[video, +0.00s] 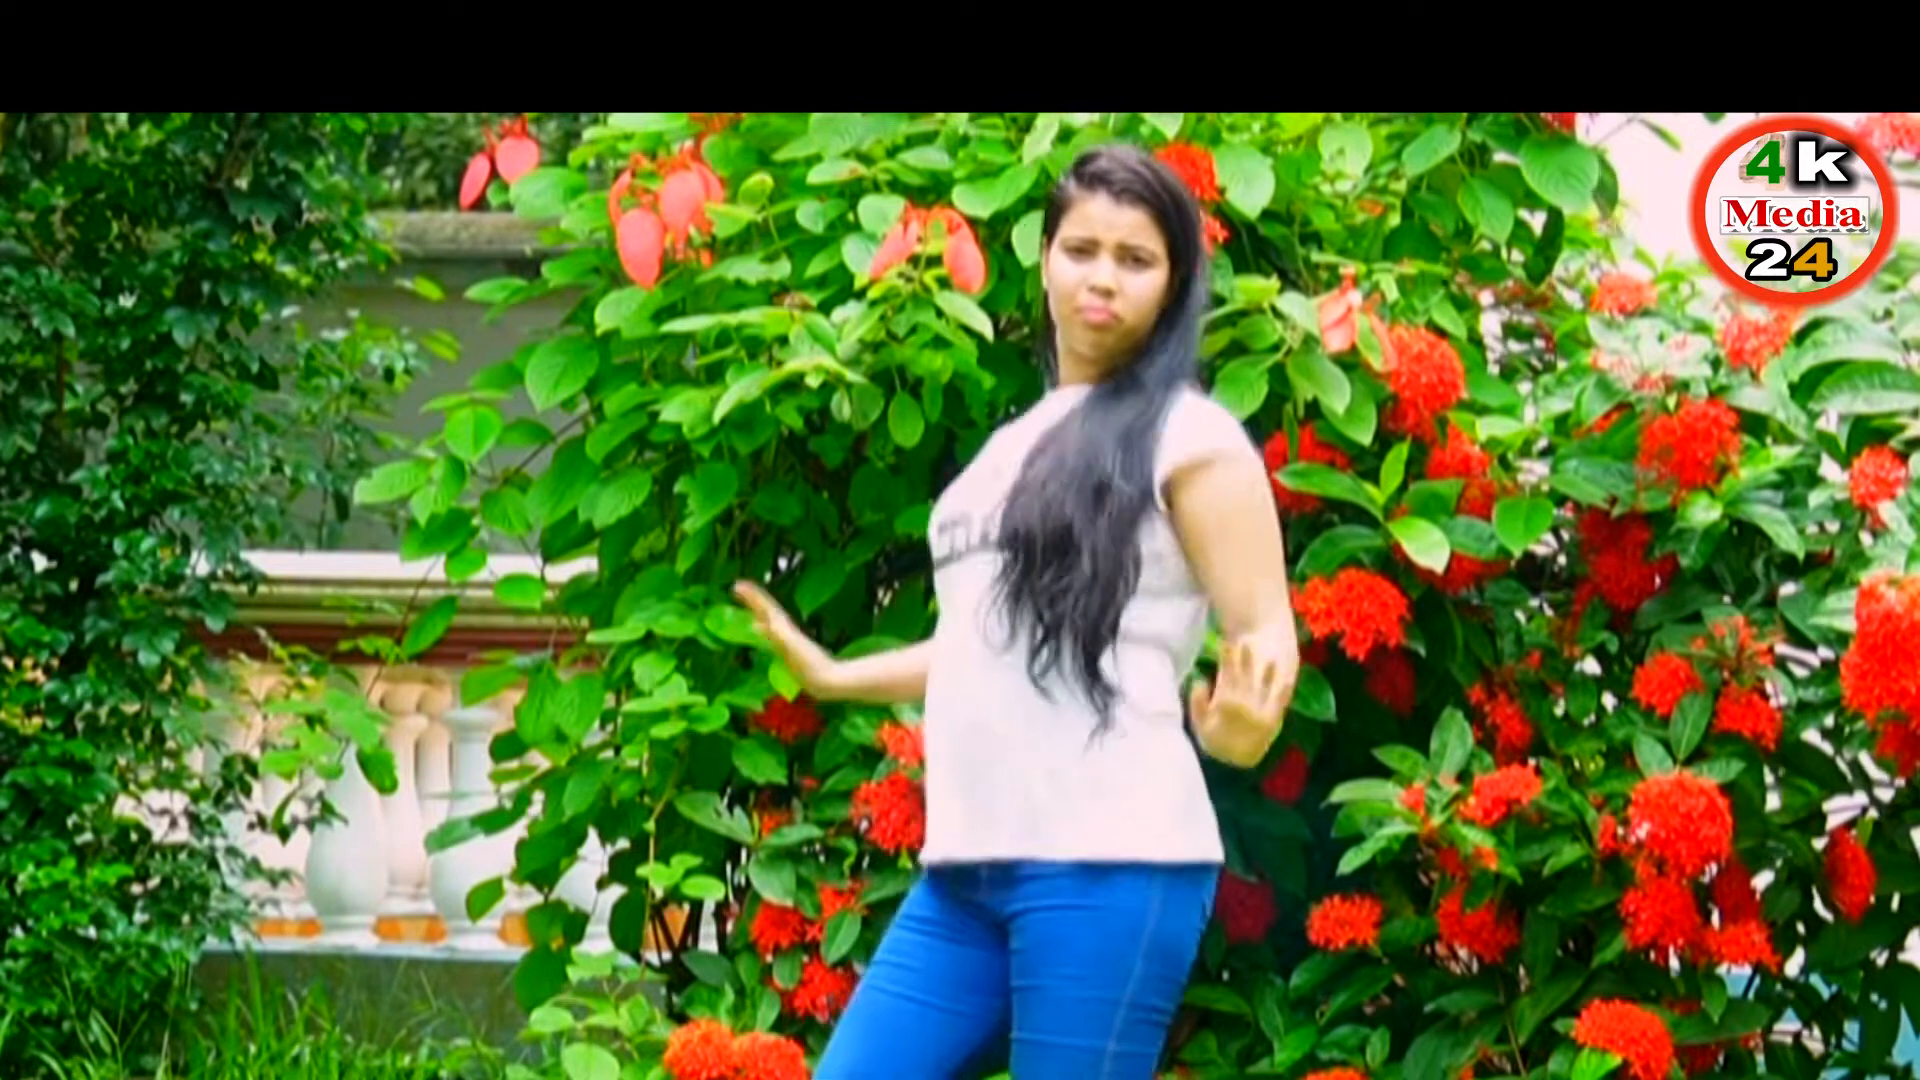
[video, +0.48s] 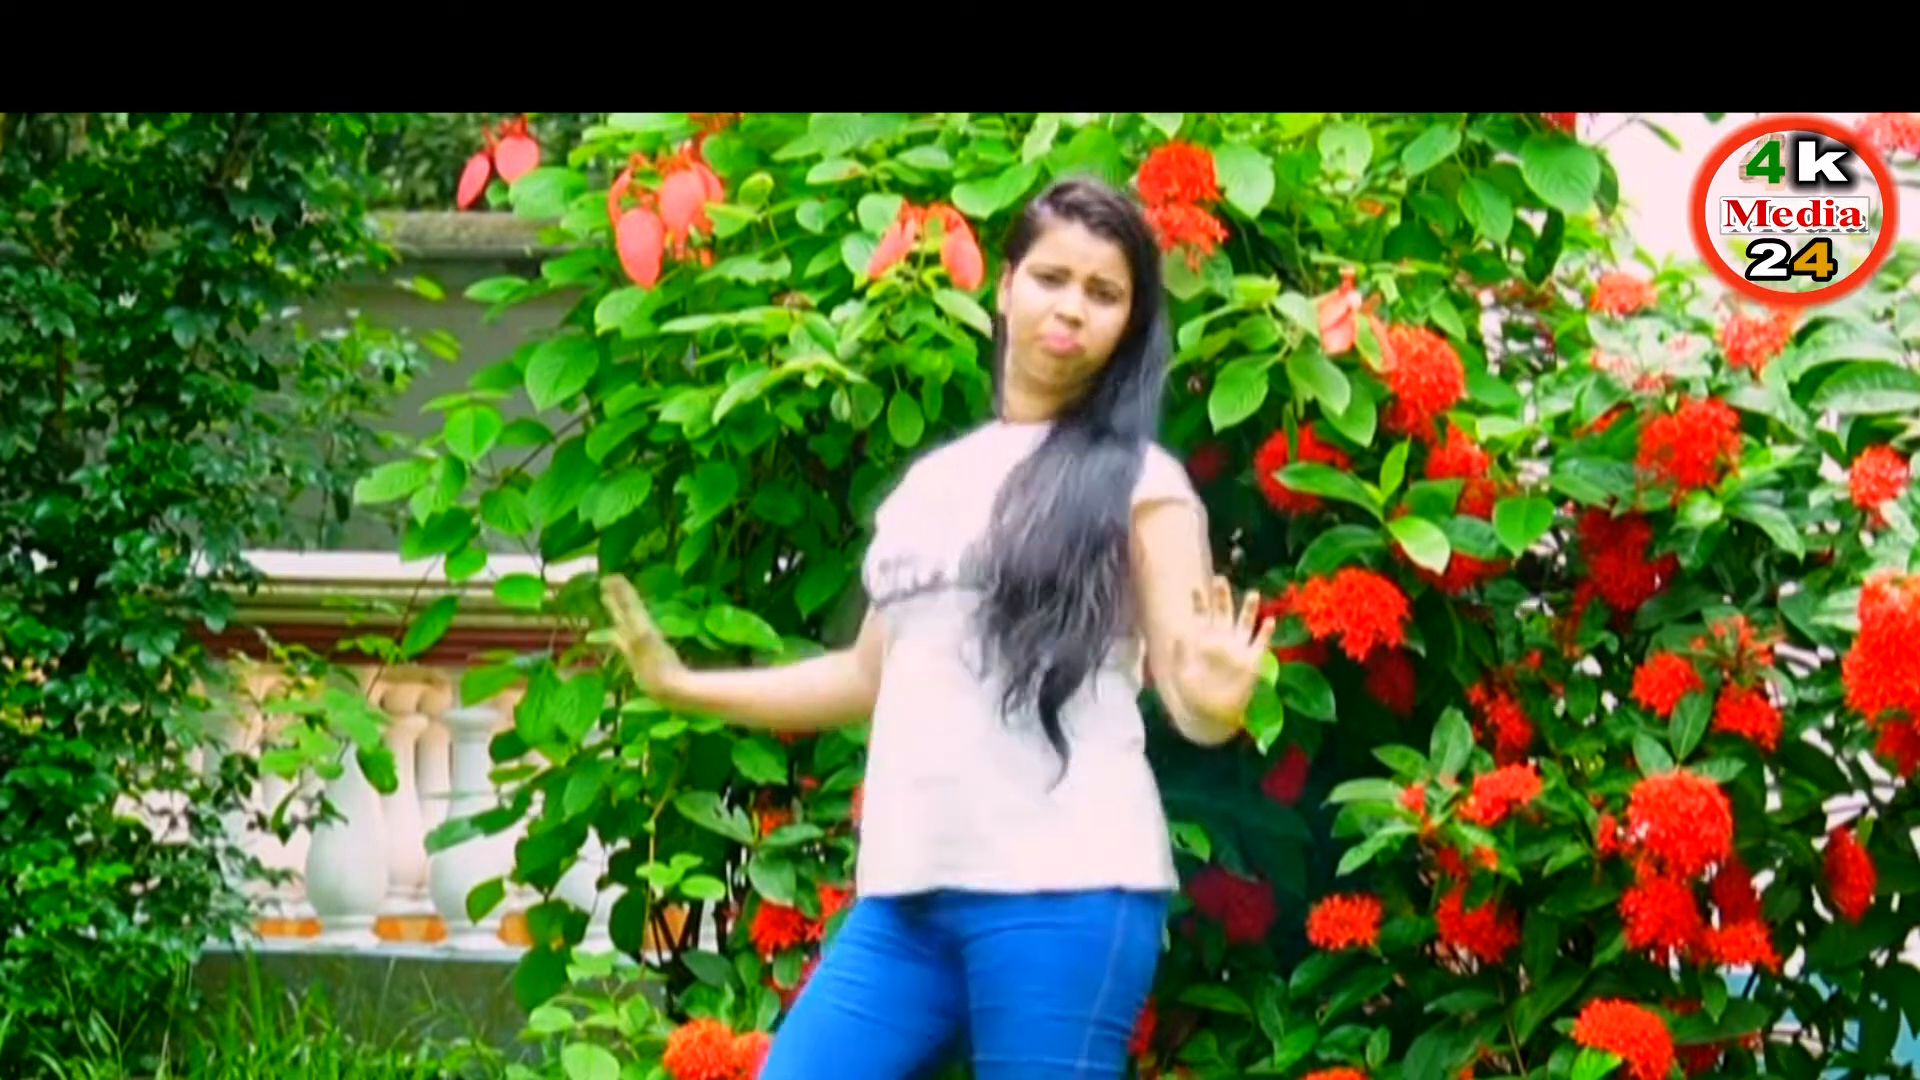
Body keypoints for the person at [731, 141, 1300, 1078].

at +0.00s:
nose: (1102, 281)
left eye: (1134, 260)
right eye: (1080, 250)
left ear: (1175, 287)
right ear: (1045, 262)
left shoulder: (1191, 433)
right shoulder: (1014, 440)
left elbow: (1265, 631)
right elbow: (990, 647)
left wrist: (1237, 739)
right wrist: (836, 679)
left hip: (1112, 873)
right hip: (964, 870)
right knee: (848, 1071)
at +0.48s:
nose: (1071, 310)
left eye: (1103, 292)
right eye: (1051, 278)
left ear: (1130, 321)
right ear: (1007, 288)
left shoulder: (1138, 477)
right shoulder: (931, 478)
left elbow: (1195, 705)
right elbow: (867, 675)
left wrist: (1215, 701)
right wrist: (683, 688)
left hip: (1065, 890)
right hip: (906, 888)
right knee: (791, 1070)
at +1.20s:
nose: (1053, 257)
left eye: (1080, 239)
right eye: (1030, 224)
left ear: (1099, 263)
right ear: (968, 229)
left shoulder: (1129, 404)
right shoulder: (875, 414)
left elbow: (1224, 598)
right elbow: (768, 573)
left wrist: (1294, 496)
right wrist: (631, 477)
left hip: (1057, 865)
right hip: (871, 856)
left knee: (1060, 1072)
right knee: (816, 1070)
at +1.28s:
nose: (1062, 268)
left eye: (1089, 249)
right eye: (1038, 237)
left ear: (1112, 274)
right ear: (982, 242)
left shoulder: (1139, 421)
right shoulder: (890, 428)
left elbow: (1231, 617)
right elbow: (786, 587)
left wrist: (1296, 511)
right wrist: (633, 510)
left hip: (1074, 864)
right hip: (898, 861)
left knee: (1064, 1077)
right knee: (819, 1075)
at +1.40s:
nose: (1069, 281)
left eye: (1100, 261)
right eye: (1047, 250)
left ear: (1128, 284)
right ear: (994, 259)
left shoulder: (1152, 426)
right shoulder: (928, 443)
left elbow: (1246, 604)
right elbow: (798, 580)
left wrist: (1305, 535)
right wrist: (620, 539)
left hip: (1082, 859)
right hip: (921, 851)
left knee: (1050, 1072)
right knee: (829, 1071)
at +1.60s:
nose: (1080, 273)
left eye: (1111, 255)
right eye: (1058, 241)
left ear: (1135, 281)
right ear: (1006, 246)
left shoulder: (1146, 391)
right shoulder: (972, 430)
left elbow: (1264, 496)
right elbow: (870, 523)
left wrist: (1296, 355)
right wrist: (724, 401)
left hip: (1101, 862)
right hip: (948, 853)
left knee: (1069, 1070)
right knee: (876, 1068)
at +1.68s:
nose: (1083, 261)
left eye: (1113, 242)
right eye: (1060, 228)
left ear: (1139, 267)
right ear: (1008, 235)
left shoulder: (1144, 377)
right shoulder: (975, 415)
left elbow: (1262, 472)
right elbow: (889, 508)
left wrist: (1293, 309)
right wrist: (776, 375)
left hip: (1113, 853)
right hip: (962, 853)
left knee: (1079, 1067)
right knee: (885, 1069)